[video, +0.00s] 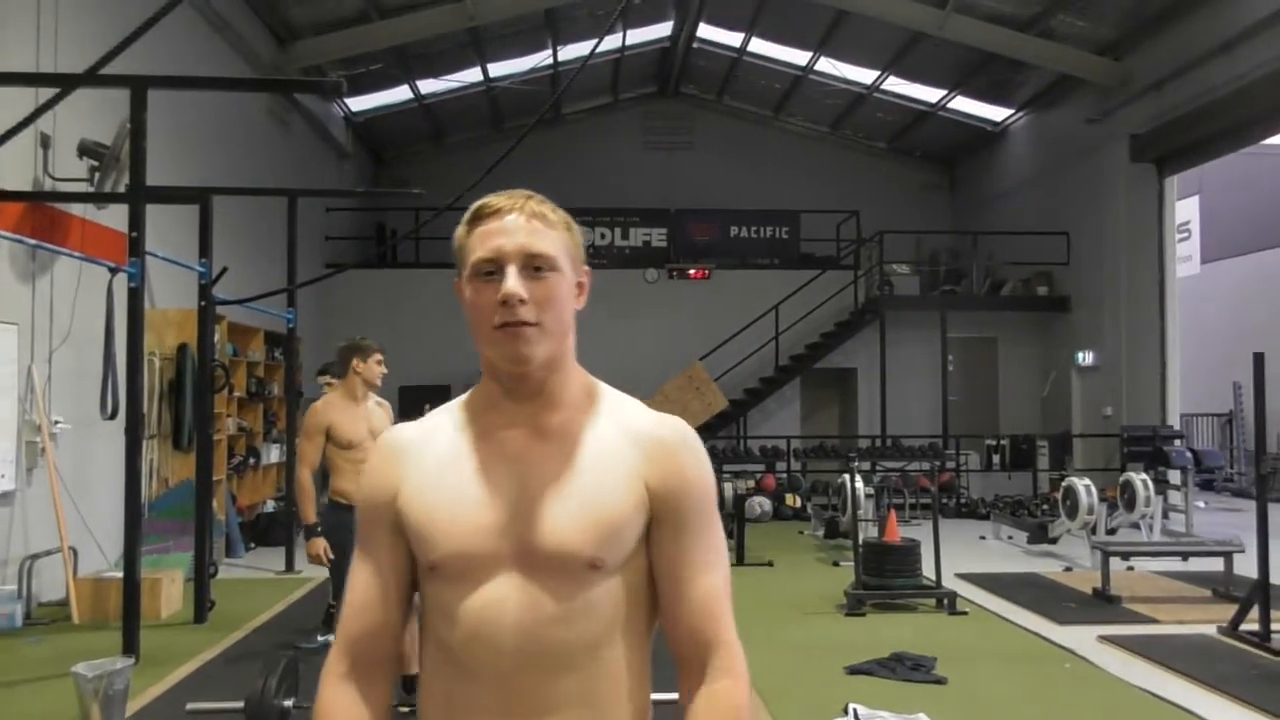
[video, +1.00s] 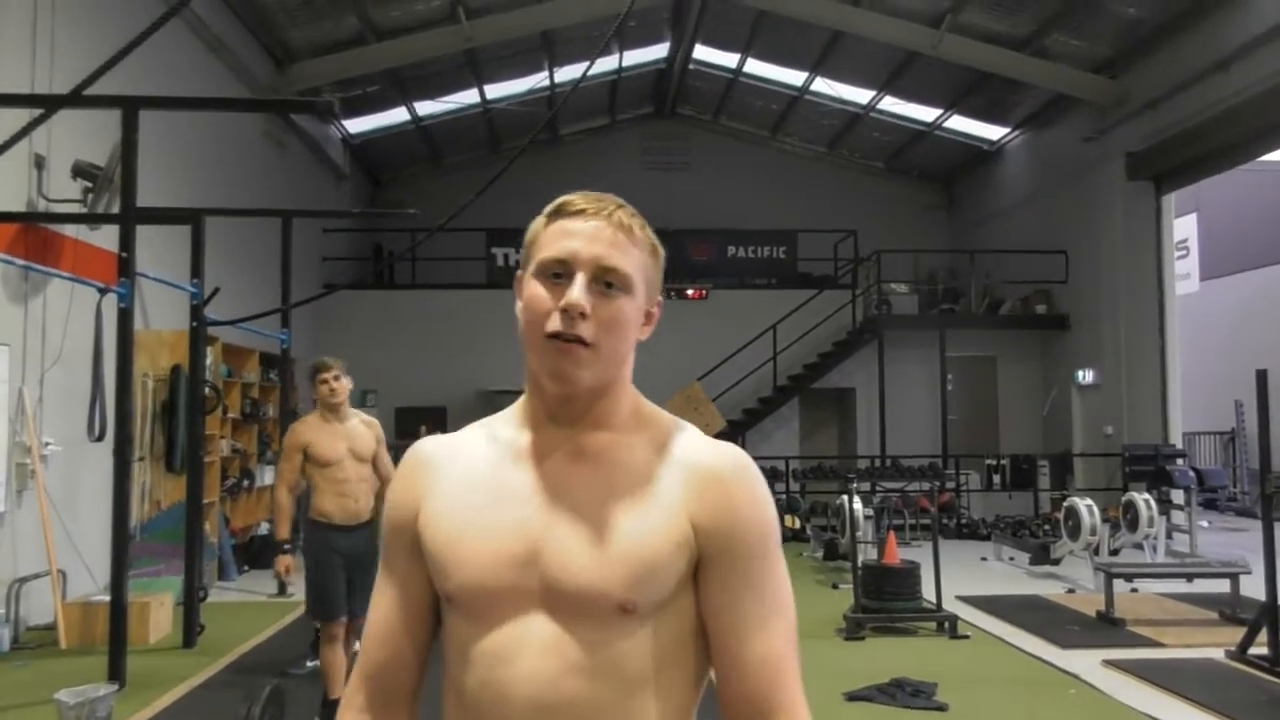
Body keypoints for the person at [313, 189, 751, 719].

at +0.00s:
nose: (512, 292)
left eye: (537, 269)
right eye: (488, 272)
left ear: (580, 290)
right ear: (462, 297)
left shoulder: (662, 450)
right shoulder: (400, 459)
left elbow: (712, 668)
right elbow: (357, 673)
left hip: (605, 713)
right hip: (449, 714)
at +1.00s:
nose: (574, 301)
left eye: (607, 285)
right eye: (554, 274)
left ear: (648, 319)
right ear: (519, 295)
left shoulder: (716, 481)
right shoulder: (431, 472)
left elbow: (770, 709)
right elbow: (375, 700)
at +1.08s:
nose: (589, 301)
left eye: (623, 285)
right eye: (569, 274)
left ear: (661, 321)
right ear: (532, 294)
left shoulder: (728, 486)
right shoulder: (439, 475)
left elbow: (785, 710)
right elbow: (382, 703)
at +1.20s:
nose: (612, 302)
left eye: (646, 287)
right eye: (592, 274)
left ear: (682, 323)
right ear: (553, 294)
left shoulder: (750, 494)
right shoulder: (455, 475)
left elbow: (808, 711)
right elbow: (397, 703)